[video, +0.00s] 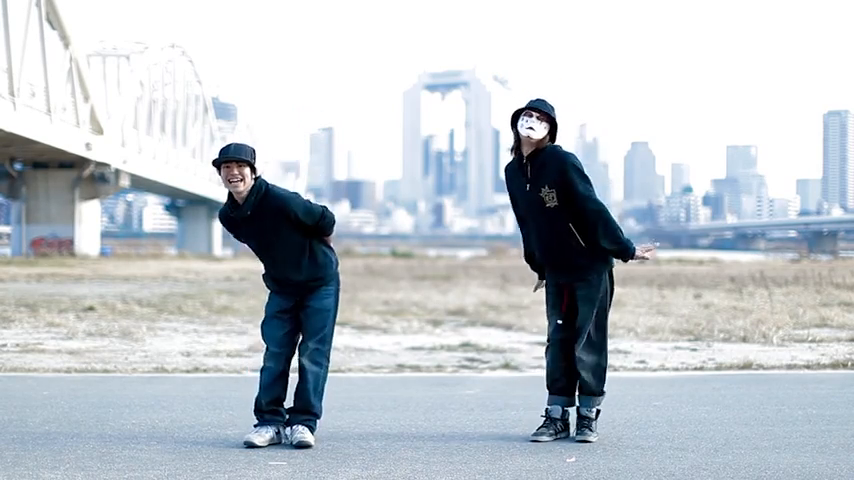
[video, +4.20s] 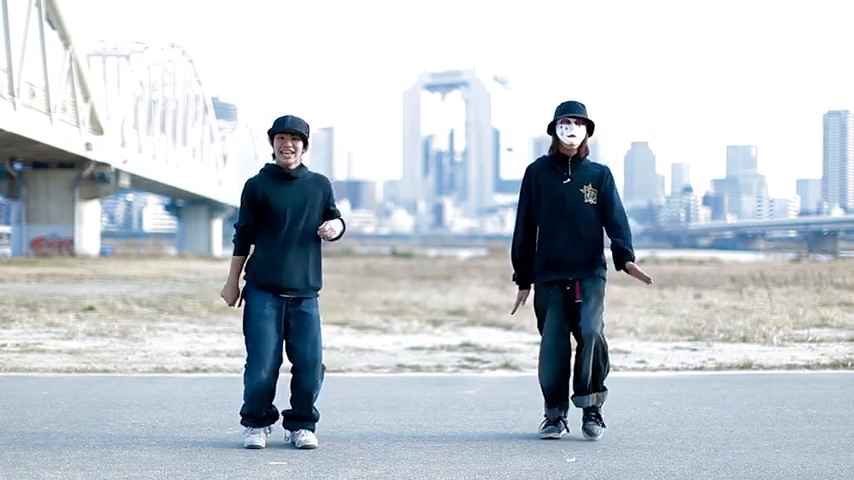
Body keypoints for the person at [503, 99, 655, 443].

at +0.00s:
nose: (532, 122)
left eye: (540, 119)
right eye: (527, 117)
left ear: (550, 130)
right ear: (517, 124)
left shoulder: (561, 161)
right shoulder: (512, 171)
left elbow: (590, 206)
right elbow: (526, 222)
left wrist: (625, 249)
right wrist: (538, 264)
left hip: (589, 264)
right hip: (554, 266)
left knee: (587, 337)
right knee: (557, 338)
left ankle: (587, 416)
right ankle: (556, 416)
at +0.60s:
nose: (581, 114)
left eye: (587, 109)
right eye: (575, 109)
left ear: (597, 115)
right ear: (565, 115)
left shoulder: (601, 163)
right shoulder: (546, 150)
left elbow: (600, 218)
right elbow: (523, 199)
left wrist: (597, 264)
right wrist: (503, 248)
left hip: (578, 260)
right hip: (538, 258)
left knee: (578, 338)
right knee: (543, 338)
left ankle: (583, 415)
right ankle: (549, 416)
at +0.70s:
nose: (591, 112)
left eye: (596, 107)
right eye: (583, 108)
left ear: (606, 113)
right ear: (573, 115)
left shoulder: (604, 161)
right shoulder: (557, 150)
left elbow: (588, 210)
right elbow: (528, 195)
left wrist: (574, 246)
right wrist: (496, 235)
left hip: (572, 257)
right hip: (535, 255)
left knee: (575, 329)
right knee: (535, 331)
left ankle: (583, 407)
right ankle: (545, 412)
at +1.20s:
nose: (574, 119)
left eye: (581, 114)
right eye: (569, 112)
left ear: (590, 122)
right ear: (558, 116)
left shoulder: (598, 162)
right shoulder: (536, 155)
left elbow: (608, 218)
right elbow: (519, 208)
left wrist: (618, 266)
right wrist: (514, 256)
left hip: (587, 265)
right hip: (546, 264)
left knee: (585, 341)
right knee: (546, 339)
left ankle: (585, 415)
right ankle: (547, 417)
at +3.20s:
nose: (576, 141)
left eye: (583, 136)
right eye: (570, 135)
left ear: (591, 143)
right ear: (560, 140)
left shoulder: (604, 188)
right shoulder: (540, 183)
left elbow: (615, 242)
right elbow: (526, 237)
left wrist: (622, 290)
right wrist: (523, 287)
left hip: (594, 284)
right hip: (551, 282)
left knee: (590, 349)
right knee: (555, 348)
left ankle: (580, 416)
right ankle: (548, 417)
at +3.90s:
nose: (560, 113)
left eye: (566, 106)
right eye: (553, 107)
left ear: (577, 110)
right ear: (544, 113)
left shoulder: (598, 148)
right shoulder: (535, 153)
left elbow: (611, 199)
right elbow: (527, 206)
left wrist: (623, 247)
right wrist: (525, 252)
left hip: (594, 256)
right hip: (555, 258)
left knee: (594, 334)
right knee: (556, 333)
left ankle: (595, 414)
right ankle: (556, 412)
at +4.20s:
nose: (571, 130)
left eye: (577, 125)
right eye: (565, 124)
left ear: (586, 132)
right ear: (554, 129)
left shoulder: (599, 174)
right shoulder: (536, 172)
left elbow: (615, 219)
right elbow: (524, 227)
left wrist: (625, 258)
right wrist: (523, 276)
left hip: (589, 270)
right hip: (548, 271)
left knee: (590, 332)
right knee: (552, 341)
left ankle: (591, 406)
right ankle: (554, 414)